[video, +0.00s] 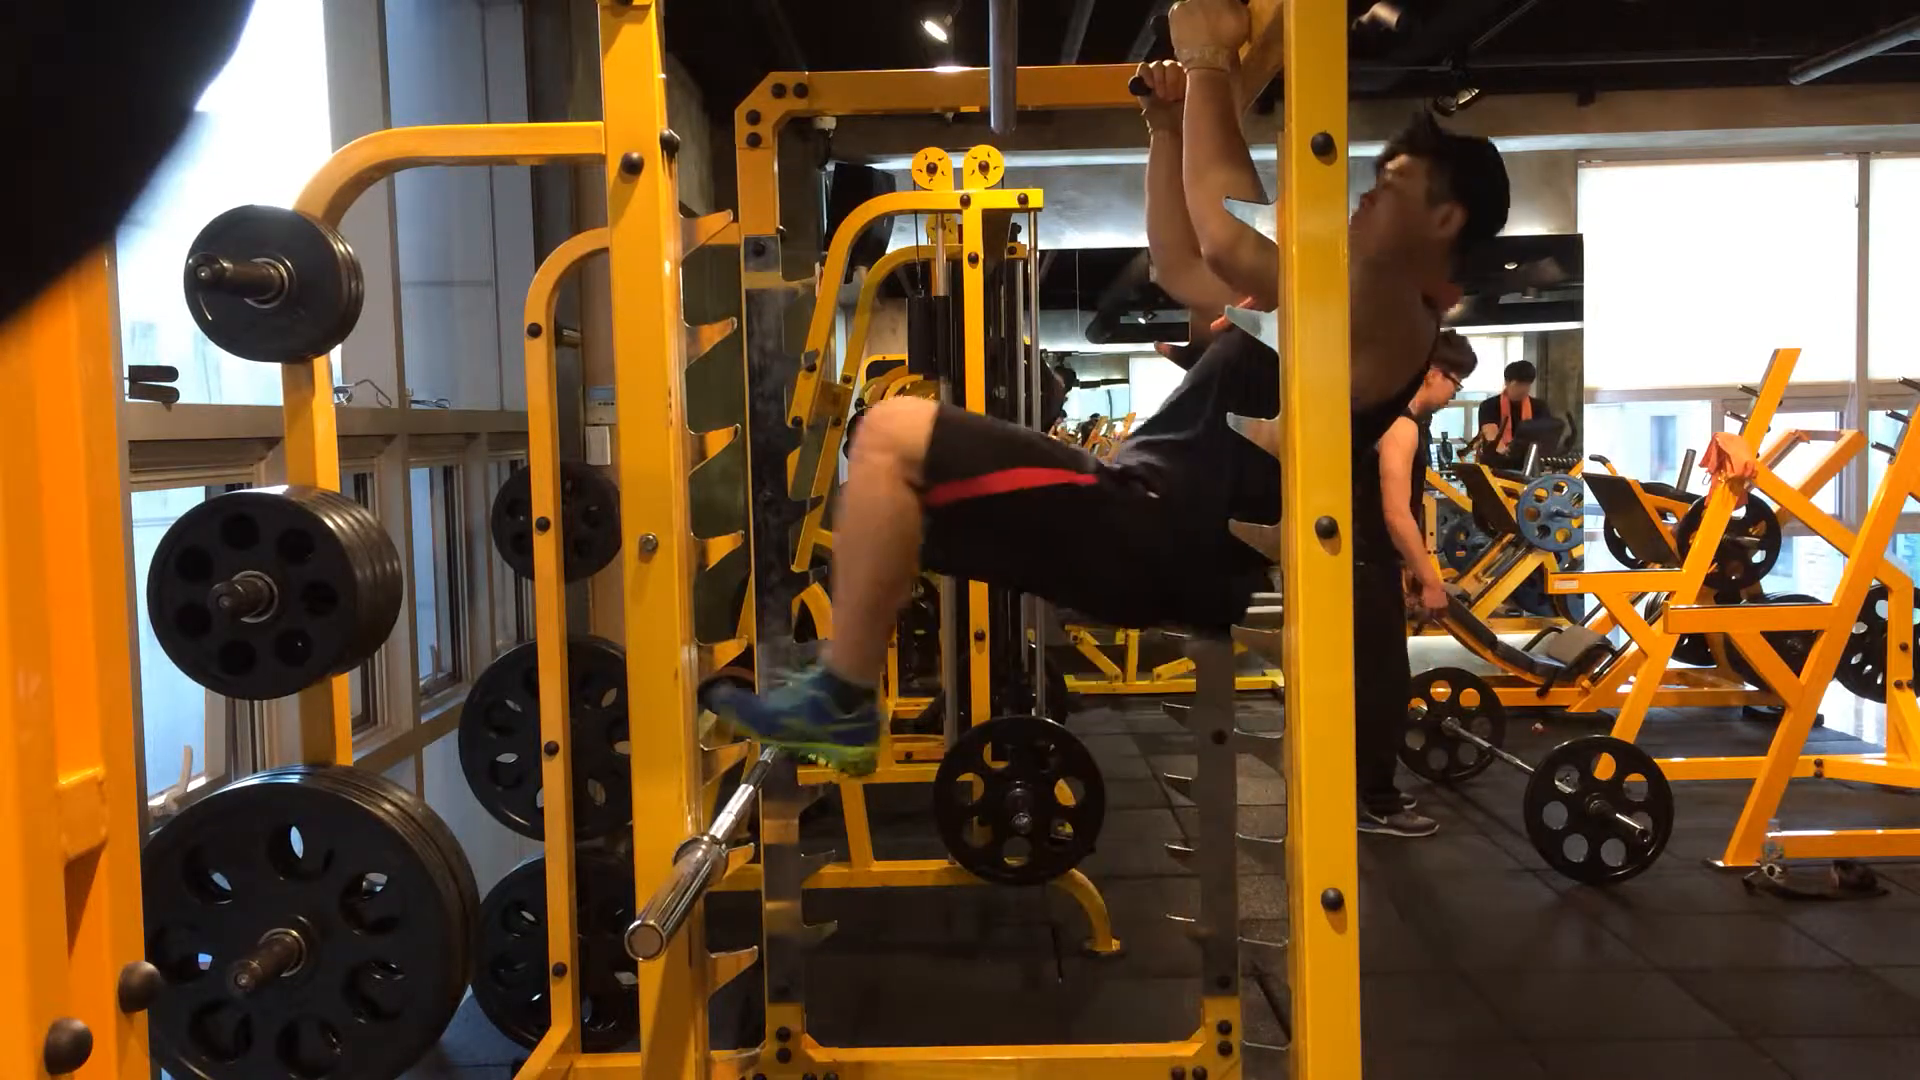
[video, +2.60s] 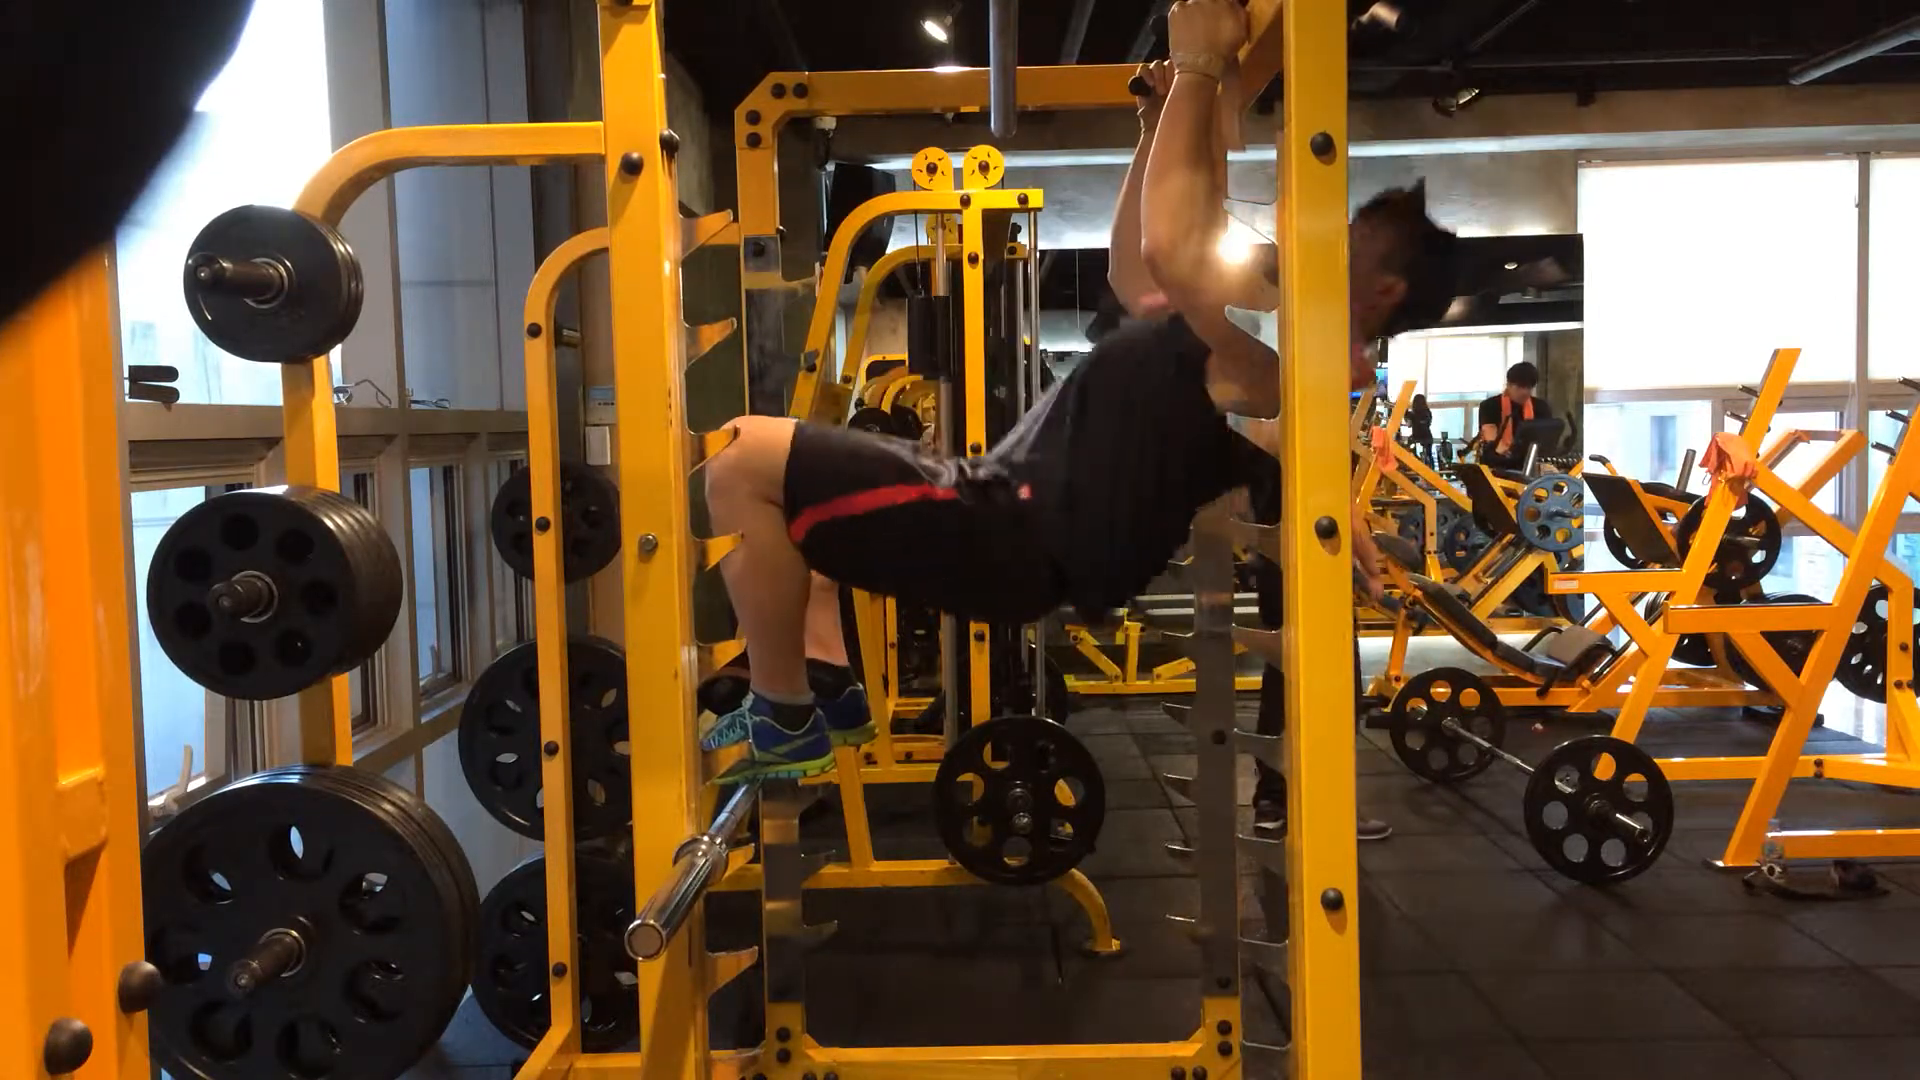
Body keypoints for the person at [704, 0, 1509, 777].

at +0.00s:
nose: (1363, 194)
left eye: (1391, 186)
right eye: (1374, 179)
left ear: (1444, 231)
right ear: (1377, 200)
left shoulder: (1385, 316)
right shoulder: (1342, 305)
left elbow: (1230, 240)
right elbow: (1182, 273)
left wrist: (1215, 69)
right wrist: (1164, 126)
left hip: (1171, 543)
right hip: (1147, 518)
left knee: (894, 436)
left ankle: (844, 692)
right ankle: (838, 679)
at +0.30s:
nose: (1357, 272)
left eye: (1380, 271)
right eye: (1370, 260)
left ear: (1422, 331)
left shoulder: (1344, 388)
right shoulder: (1292, 361)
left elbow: (1212, 252)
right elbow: (1164, 273)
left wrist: (1211, 66)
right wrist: (1161, 127)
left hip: (1074, 567)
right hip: (1063, 535)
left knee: (799, 460)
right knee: (826, 458)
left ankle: (791, 721)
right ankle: (832, 694)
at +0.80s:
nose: (1367, 299)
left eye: (1389, 305)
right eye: (1386, 293)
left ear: (1402, 351)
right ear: (1380, 321)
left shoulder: (1309, 412)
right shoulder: (1258, 373)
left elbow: (1212, 261)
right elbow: (1153, 281)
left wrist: (1211, 66)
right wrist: (1155, 130)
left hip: (1019, 552)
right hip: (1003, 512)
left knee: (749, 466)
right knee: (766, 452)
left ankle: (784, 716)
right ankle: (822, 674)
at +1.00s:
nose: (1390, 183)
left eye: (1411, 192)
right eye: (1405, 177)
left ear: (1422, 250)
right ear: (1396, 216)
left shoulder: (1338, 279)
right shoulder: (1329, 271)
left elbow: (1196, 252)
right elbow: (1152, 239)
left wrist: (1212, 72)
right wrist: (1166, 117)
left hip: (1041, 429)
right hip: (1035, 401)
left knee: (746, 465)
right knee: (775, 434)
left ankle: (780, 716)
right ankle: (822, 672)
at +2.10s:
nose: (1387, 104)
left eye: (1417, 121)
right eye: (1396, 92)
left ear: (1423, 188)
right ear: (1369, 99)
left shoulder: (1338, 233)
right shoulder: (1302, 171)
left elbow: (1183, 238)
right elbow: (1178, 172)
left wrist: (1208, 61)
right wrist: (1210, 87)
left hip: (1041, 387)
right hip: (1013, 349)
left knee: (745, 464)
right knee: (750, 434)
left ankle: (781, 717)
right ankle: (823, 676)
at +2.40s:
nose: (1365, 153)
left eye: (1389, 164)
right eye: (1380, 145)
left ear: (1391, 253)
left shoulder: (1331, 283)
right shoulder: (1303, 267)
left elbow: (1187, 246)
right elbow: (1139, 247)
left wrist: (1204, 65)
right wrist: (1173, 106)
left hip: (1024, 454)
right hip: (1011, 423)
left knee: (739, 465)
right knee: (758, 439)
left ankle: (781, 713)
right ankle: (825, 673)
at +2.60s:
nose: (1318, 235)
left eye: (1351, 235)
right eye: (1341, 223)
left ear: (1381, 291)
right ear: (1365, 280)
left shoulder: (1302, 383)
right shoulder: (1256, 340)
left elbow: (1187, 262)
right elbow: (1134, 277)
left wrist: (1199, 73)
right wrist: (1158, 126)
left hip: (1017, 543)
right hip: (1003, 499)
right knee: (762, 440)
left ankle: (780, 713)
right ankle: (826, 675)